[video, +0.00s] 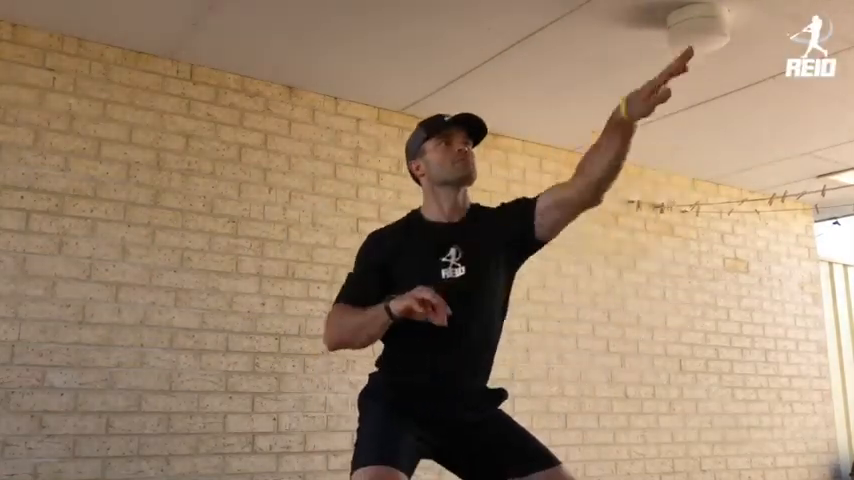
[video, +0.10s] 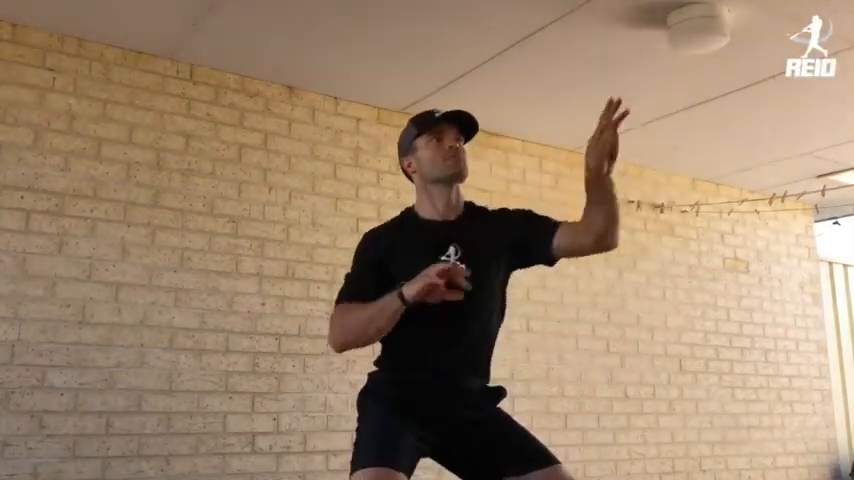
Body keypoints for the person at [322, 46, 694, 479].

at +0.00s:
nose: (462, 145)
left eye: (466, 140)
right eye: (444, 140)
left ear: (475, 159)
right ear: (417, 167)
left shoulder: (503, 228)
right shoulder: (386, 244)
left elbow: (584, 190)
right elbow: (336, 333)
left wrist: (624, 117)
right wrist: (391, 309)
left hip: (470, 408)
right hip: (397, 403)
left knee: (553, 476)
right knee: (377, 477)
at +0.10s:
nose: (454, 143)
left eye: (459, 137)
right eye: (436, 138)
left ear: (467, 156)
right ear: (410, 166)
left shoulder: (501, 229)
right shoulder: (382, 242)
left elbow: (599, 236)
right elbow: (341, 335)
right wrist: (405, 295)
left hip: (469, 405)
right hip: (396, 402)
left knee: (553, 476)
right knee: (378, 475)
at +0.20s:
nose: (449, 150)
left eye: (453, 144)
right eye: (431, 144)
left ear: (461, 159)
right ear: (405, 170)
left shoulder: (495, 236)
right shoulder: (385, 247)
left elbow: (584, 283)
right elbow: (352, 335)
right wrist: (431, 279)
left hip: (468, 407)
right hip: (397, 406)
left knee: (553, 475)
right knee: (382, 474)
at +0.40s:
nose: (460, 180)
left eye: (462, 172)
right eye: (441, 175)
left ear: (470, 183)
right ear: (413, 203)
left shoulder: (481, 269)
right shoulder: (410, 265)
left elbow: (508, 318)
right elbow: (470, 256)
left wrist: (549, 325)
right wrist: (546, 182)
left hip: (462, 438)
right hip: (397, 441)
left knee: (557, 476)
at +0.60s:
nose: (457, 160)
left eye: (461, 154)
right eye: (439, 154)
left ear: (470, 170)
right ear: (413, 183)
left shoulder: (484, 257)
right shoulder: (403, 241)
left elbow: (536, 330)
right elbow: (446, 283)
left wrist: (543, 298)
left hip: (463, 425)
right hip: (396, 425)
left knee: (557, 476)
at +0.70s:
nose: (443, 149)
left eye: (447, 143)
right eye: (424, 144)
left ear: (455, 160)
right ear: (401, 175)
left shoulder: (484, 237)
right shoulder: (381, 245)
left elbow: (575, 282)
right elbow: (388, 333)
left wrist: (537, 236)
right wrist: (464, 264)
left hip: (464, 414)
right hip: (395, 414)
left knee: (556, 476)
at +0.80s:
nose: (423, 142)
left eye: (428, 137)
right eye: (404, 139)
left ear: (437, 155)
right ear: (381, 170)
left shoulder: (476, 223)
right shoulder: (361, 247)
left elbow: (568, 209)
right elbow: (340, 354)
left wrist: (526, 154)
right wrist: (396, 305)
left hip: (465, 408)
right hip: (389, 411)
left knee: (554, 475)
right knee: (378, 475)